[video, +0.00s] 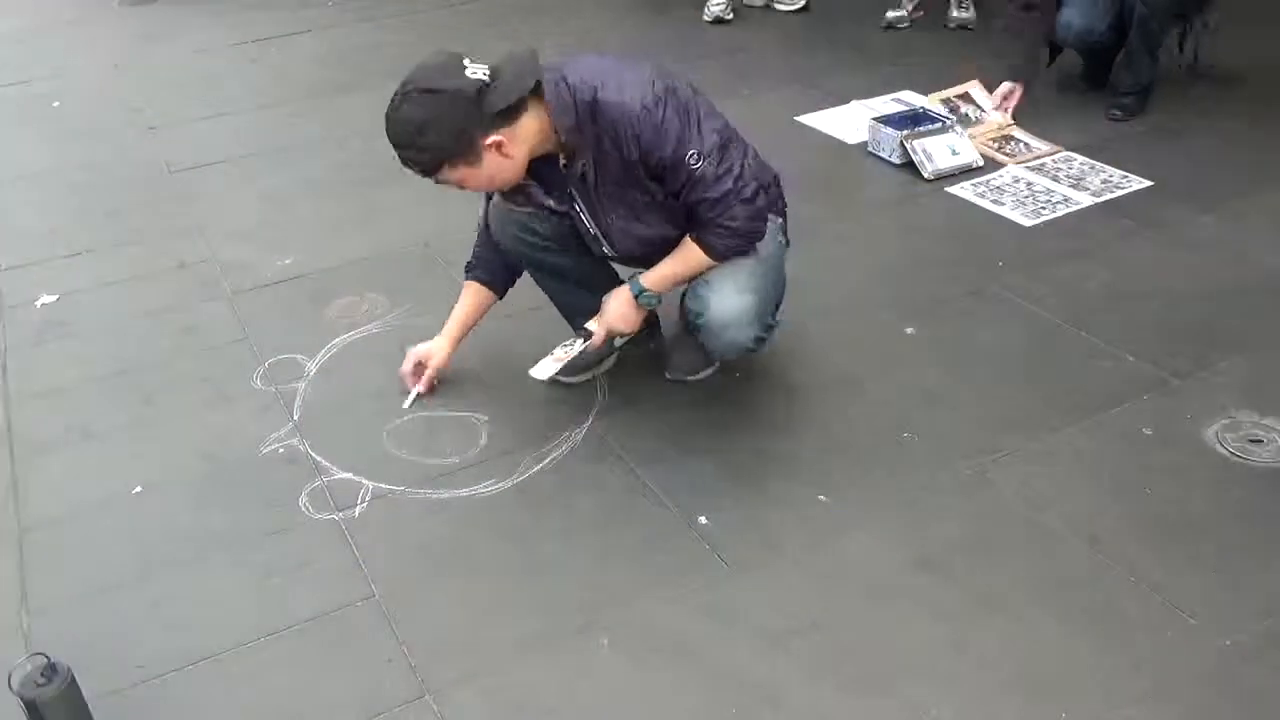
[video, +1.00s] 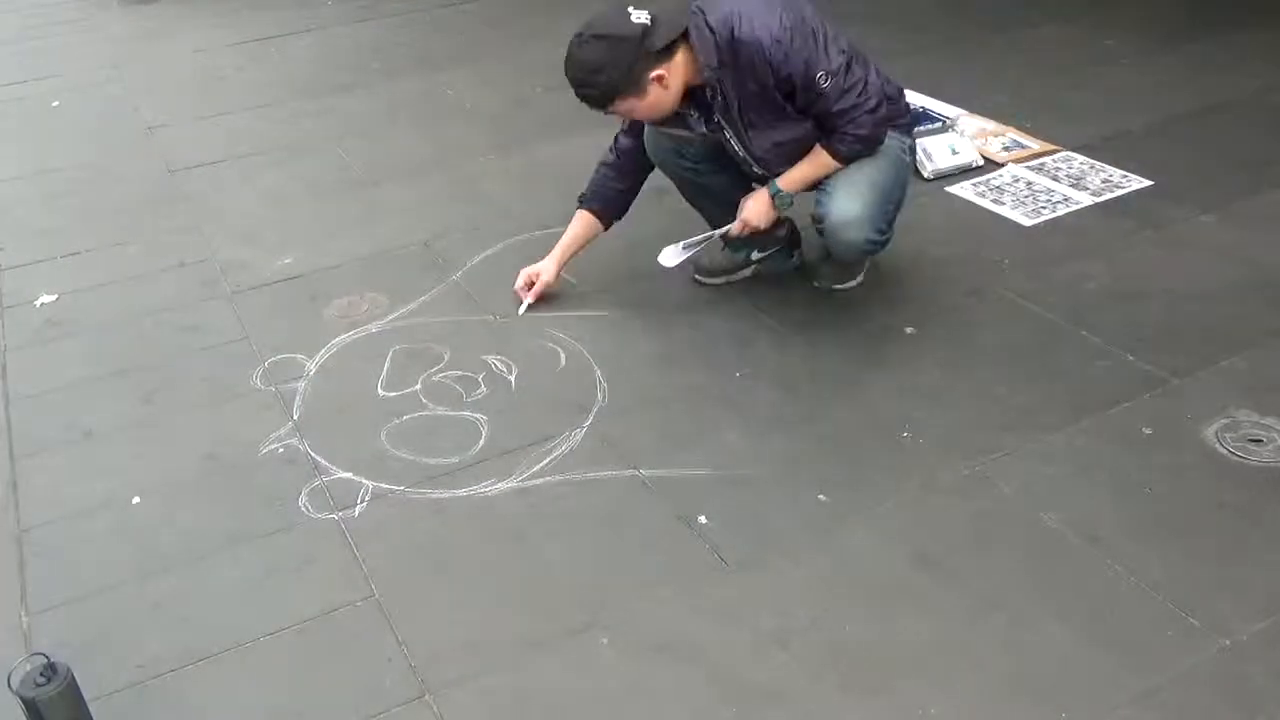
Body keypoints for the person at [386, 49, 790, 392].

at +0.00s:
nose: (465, 190)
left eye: (458, 179)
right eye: (455, 183)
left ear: (496, 147)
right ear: (497, 142)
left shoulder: (639, 108)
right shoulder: (522, 149)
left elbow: (742, 217)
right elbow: (497, 246)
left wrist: (639, 291)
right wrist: (446, 340)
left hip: (723, 230)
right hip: (634, 239)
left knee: (730, 324)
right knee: (516, 221)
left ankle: (698, 319)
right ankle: (614, 323)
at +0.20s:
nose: (479, 178)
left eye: (469, 168)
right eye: (467, 174)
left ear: (499, 126)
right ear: (499, 120)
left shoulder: (643, 109)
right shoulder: (532, 125)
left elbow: (733, 237)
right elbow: (516, 237)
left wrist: (631, 294)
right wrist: (478, 329)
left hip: (739, 233)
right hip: (647, 232)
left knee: (702, 348)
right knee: (526, 207)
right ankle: (610, 321)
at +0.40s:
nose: (527, 138)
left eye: (520, 128)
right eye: (516, 131)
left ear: (558, 93)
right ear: (559, 87)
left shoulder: (702, 78)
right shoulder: (595, 84)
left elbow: (774, 211)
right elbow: (580, 214)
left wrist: (669, 279)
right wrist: (542, 314)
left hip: (778, 222)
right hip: (692, 206)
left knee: (712, 350)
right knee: (573, 167)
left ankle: (765, 306)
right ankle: (592, 341)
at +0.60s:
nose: (534, 152)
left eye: (528, 143)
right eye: (523, 147)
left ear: (563, 111)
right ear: (563, 103)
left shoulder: (700, 88)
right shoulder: (597, 98)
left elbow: (786, 200)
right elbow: (570, 203)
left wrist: (688, 267)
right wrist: (518, 285)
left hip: (791, 215)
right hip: (700, 209)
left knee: (729, 332)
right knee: (581, 175)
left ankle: (773, 320)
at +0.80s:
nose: (520, 85)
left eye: (513, 73)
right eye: (510, 76)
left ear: (540, 53)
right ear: (544, 49)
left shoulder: (657, 32)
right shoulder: (595, 54)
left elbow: (729, 158)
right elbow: (578, 145)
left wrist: (648, 231)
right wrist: (521, 223)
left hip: (803, 154)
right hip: (740, 142)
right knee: (592, 168)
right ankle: (740, 229)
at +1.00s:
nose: (627, 121)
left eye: (626, 110)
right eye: (619, 114)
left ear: (657, 78)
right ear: (654, 76)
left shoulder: (771, 36)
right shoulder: (672, 69)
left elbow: (867, 122)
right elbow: (621, 166)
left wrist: (776, 193)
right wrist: (555, 260)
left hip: (866, 136)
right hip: (783, 146)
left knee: (846, 228)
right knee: (665, 139)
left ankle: (845, 254)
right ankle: (765, 242)